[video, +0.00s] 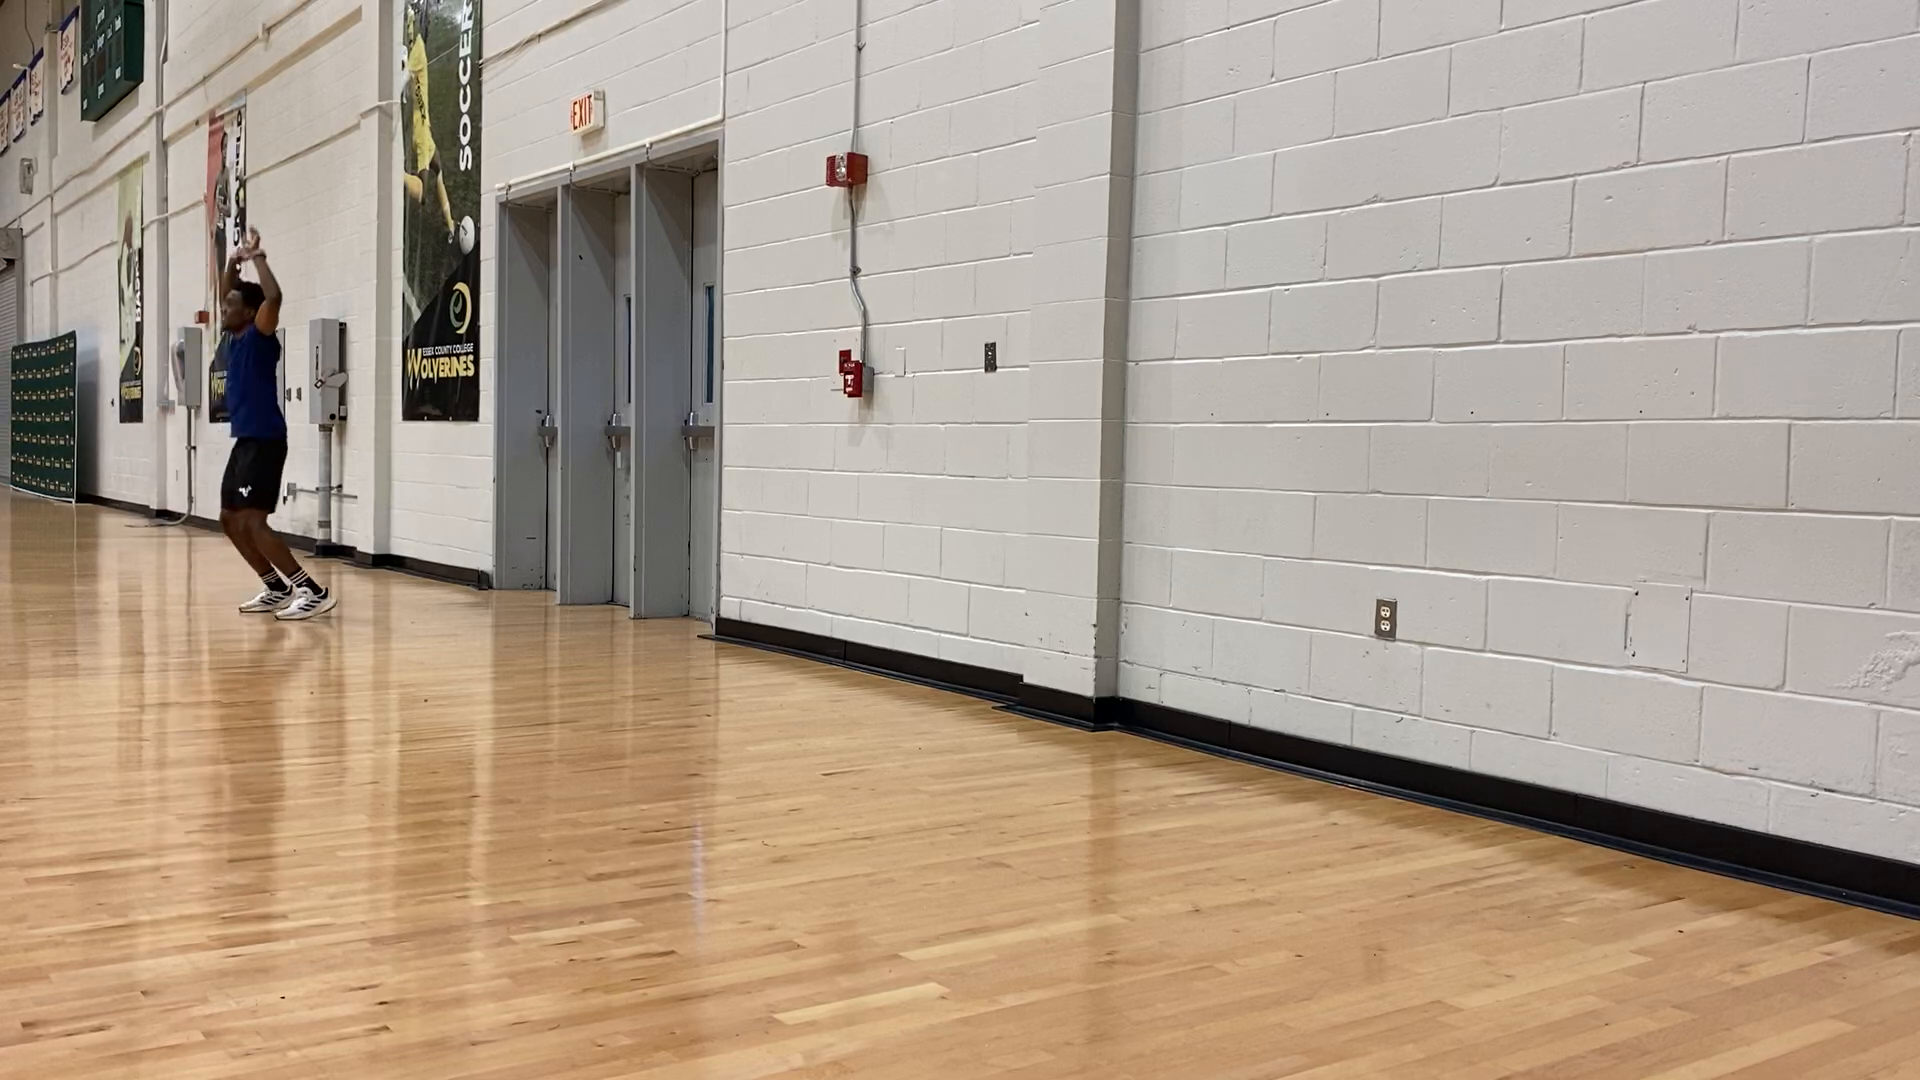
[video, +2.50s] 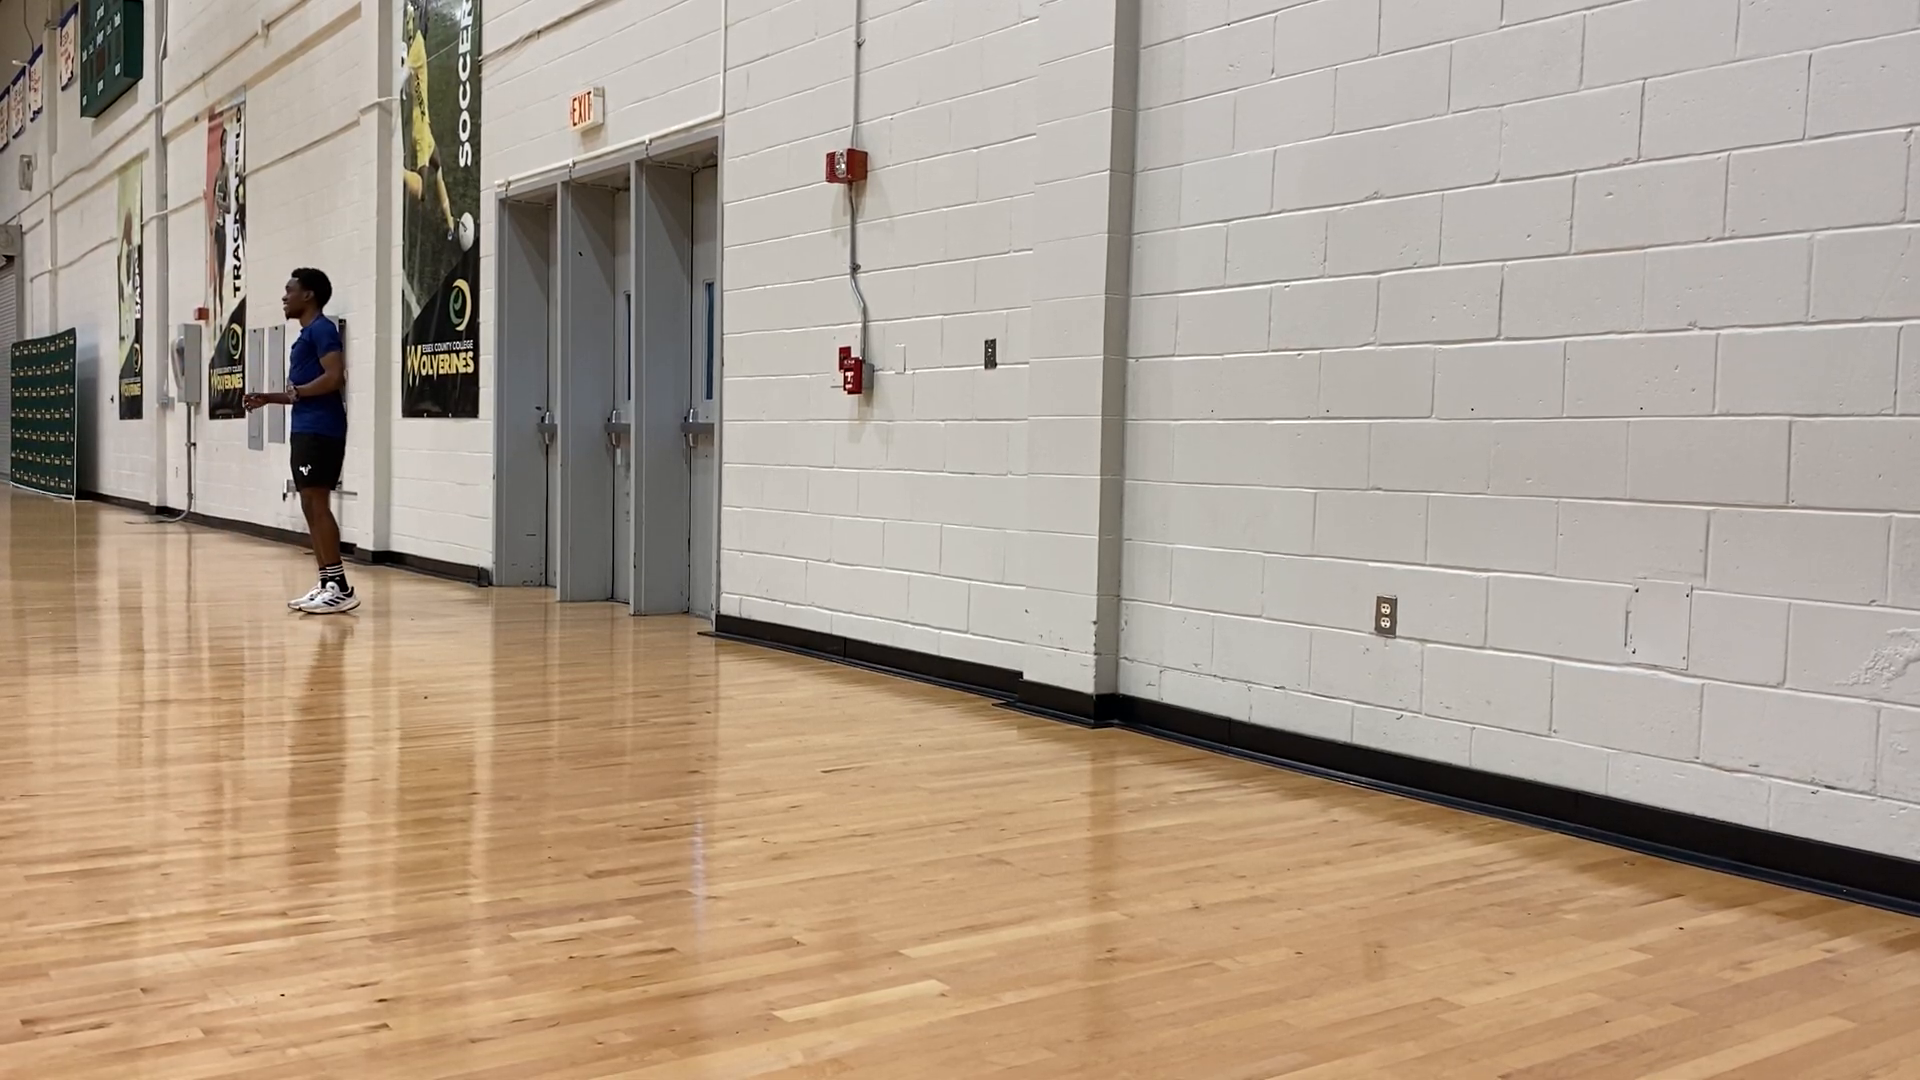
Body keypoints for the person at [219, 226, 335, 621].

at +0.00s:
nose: (223, 310)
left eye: (230, 305)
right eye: (223, 304)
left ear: (248, 309)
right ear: (230, 308)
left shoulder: (259, 336)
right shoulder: (236, 337)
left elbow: (273, 298)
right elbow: (225, 296)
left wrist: (258, 257)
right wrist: (233, 261)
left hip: (266, 440)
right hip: (245, 440)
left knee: (252, 521)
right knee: (230, 520)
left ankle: (310, 591)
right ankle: (277, 587)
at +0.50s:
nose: (255, 301)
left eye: (262, 297)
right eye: (257, 296)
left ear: (281, 307)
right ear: (275, 308)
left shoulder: (294, 345)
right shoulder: (270, 346)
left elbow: (311, 399)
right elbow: (270, 408)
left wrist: (279, 434)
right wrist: (236, 429)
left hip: (286, 440)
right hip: (267, 438)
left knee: (263, 516)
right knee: (253, 519)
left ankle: (304, 590)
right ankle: (299, 588)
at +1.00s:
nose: (277, 290)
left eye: (284, 286)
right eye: (279, 285)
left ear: (302, 294)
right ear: (285, 292)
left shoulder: (312, 323)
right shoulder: (287, 323)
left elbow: (315, 296)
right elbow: (262, 301)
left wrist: (288, 261)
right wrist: (251, 259)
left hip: (307, 424)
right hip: (287, 424)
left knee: (290, 502)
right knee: (275, 505)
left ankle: (328, 583)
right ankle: (309, 583)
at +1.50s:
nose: (289, 291)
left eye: (296, 287)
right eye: (292, 285)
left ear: (314, 296)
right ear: (309, 296)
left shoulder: (323, 332)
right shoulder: (305, 334)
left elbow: (338, 385)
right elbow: (301, 393)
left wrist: (297, 392)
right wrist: (264, 405)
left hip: (316, 434)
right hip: (300, 433)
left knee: (309, 507)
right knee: (300, 508)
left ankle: (337, 588)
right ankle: (325, 585)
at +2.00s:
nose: (281, 298)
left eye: (286, 292)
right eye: (282, 292)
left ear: (306, 296)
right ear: (301, 298)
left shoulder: (323, 331)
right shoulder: (304, 336)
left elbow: (344, 379)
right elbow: (306, 394)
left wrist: (307, 395)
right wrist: (268, 400)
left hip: (326, 434)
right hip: (309, 433)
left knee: (323, 507)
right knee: (313, 508)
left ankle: (340, 588)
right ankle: (326, 586)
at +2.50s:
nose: (283, 296)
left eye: (289, 290)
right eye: (285, 290)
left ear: (308, 295)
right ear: (305, 296)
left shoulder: (322, 329)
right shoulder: (305, 335)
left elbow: (335, 377)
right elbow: (301, 393)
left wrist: (297, 391)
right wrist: (266, 398)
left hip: (321, 432)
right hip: (306, 432)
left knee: (317, 507)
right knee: (311, 507)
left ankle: (338, 587)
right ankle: (327, 585)